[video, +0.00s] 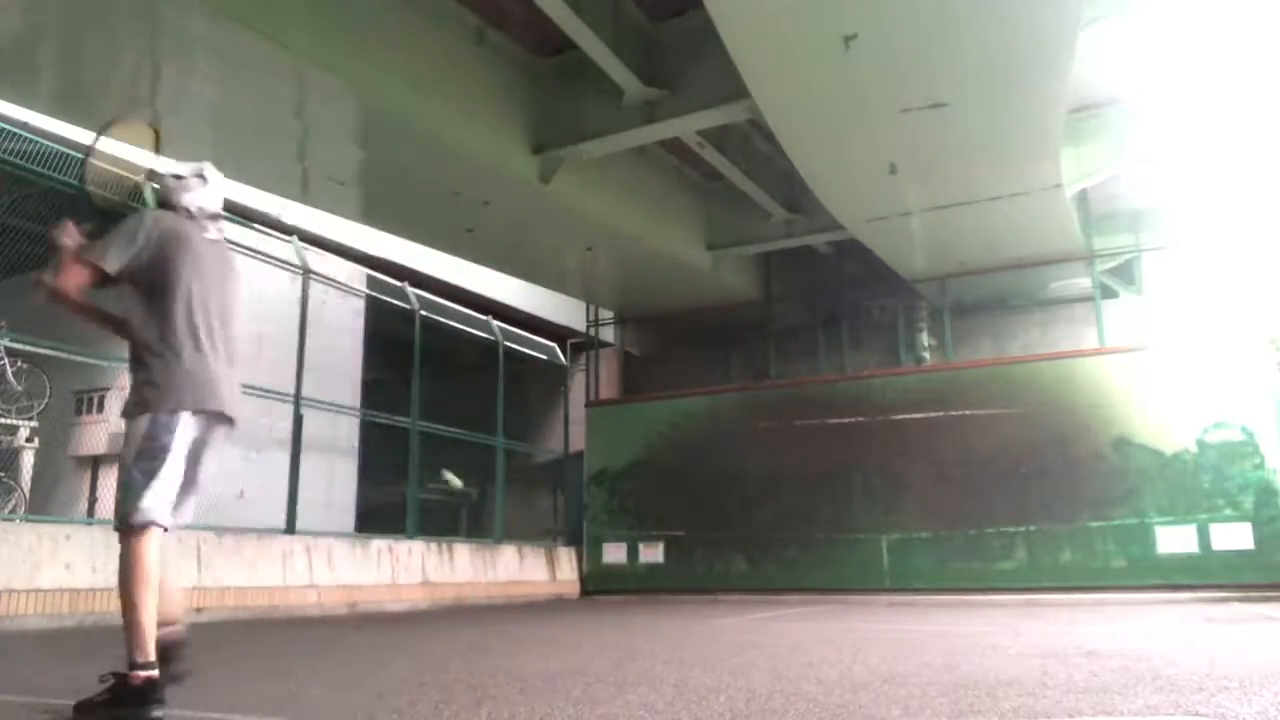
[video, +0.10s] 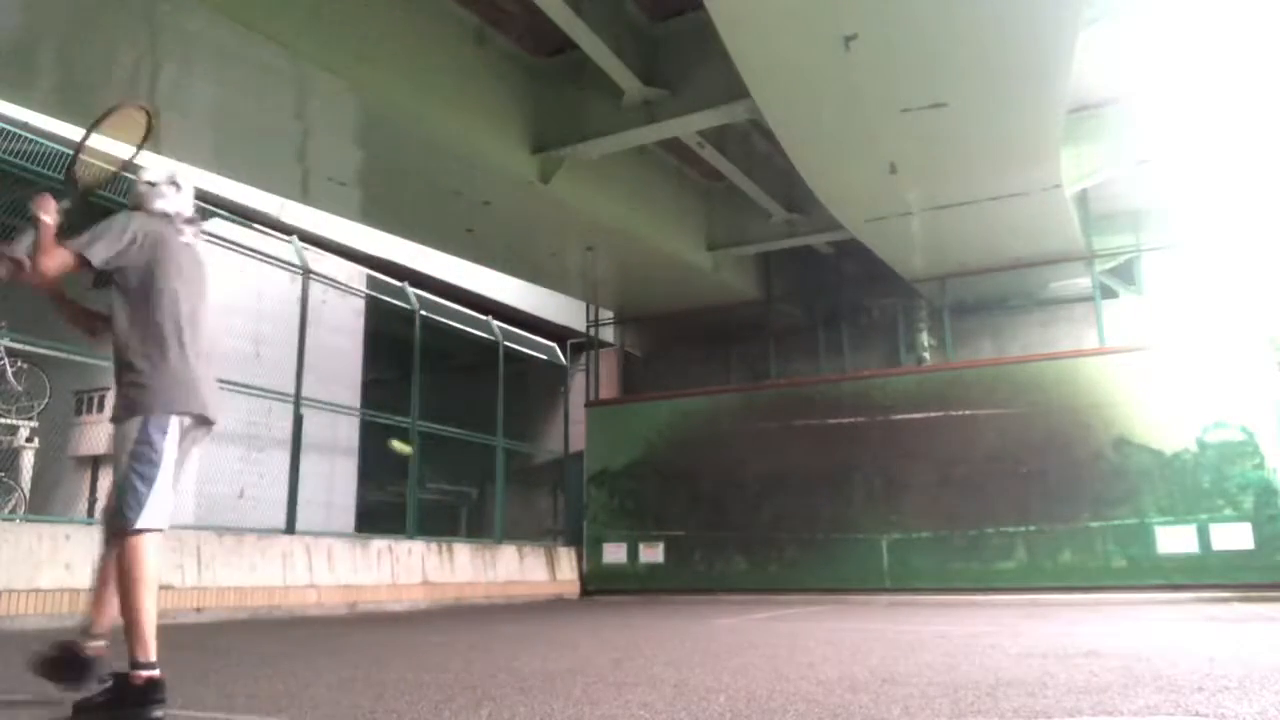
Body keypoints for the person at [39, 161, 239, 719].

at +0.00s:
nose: (156, 193)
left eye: (161, 188)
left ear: (166, 194)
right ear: (210, 204)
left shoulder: (156, 225)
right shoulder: (220, 253)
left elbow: (69, 282)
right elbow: (151, 332)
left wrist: (70, 247)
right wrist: (74, 298)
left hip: (166, 396)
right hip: (215, 399)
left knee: (139, 528)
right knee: (159, 526)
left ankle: (141, 675)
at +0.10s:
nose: (131, 202)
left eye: (136, 196)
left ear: (141, 199)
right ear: (184, 207)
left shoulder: (140, 229)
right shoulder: (189, 252)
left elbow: (47, 267)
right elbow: (105, 328)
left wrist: (48, 222)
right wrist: (41, 284)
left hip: (155, 400)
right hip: (193, 401)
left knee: (131, 530)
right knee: (119, 524)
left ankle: (144, 674)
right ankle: (87, 648)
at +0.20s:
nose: (88, 231)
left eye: (91, 222)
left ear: (106, 217)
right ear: (147, 219)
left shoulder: (123, 240)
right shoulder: (149, 268)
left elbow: (53, 266)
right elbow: (58, 322)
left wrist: (41, 212)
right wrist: (16, 278)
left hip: (140, 416)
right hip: (161, 415)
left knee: (102, 544)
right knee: (96, 545)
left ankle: (144, 674)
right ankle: (36, 644)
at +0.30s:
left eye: (65, 249)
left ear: (78, 247)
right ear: (108, 248)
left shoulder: (97, 269)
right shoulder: (108, 286)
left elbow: (79, 316)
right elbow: (51, 341)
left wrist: (36, 255)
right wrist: (13, 347)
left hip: (122, 434)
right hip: (129, 434)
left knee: (75, 561)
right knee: (66, 558)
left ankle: (141, 674)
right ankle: (12, 652)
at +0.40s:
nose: (29, 296)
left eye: (35, 287)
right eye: (30, 288)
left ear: (52, 285)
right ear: (70, 283)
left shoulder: (70, 311)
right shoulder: (62, 324)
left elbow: (82, 372)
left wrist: (19, 374)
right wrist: (17, 396)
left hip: (87, 461)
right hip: (79, 462)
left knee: (60, 566)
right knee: (34, 563)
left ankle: (141, 666)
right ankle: (1, 654)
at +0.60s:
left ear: (5, 260)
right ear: (47, 262)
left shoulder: (3, 297)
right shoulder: (74, 296)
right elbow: (134, 339)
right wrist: (149, 351)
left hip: (20, 425)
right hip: (80, 430)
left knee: (24, 544)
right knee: (42, 550)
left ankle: (78, 612)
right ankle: (3, 654)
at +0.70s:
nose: (15, 252)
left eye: (11, 243)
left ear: (6, 247)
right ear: (41, 244)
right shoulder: (69, 278)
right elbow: (135, 271)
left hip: (10, 420)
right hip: (61, 421)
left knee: (6, 530)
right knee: (39, 537)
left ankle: (22, 623)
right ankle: (15, 631)